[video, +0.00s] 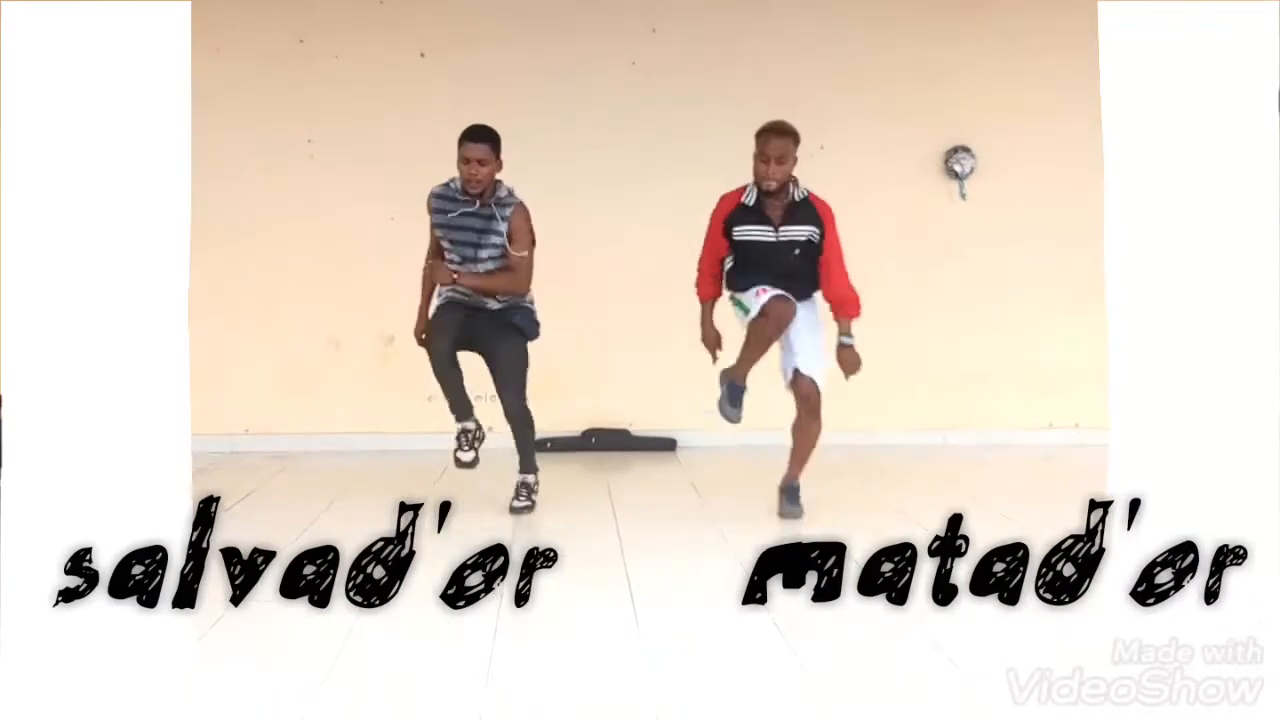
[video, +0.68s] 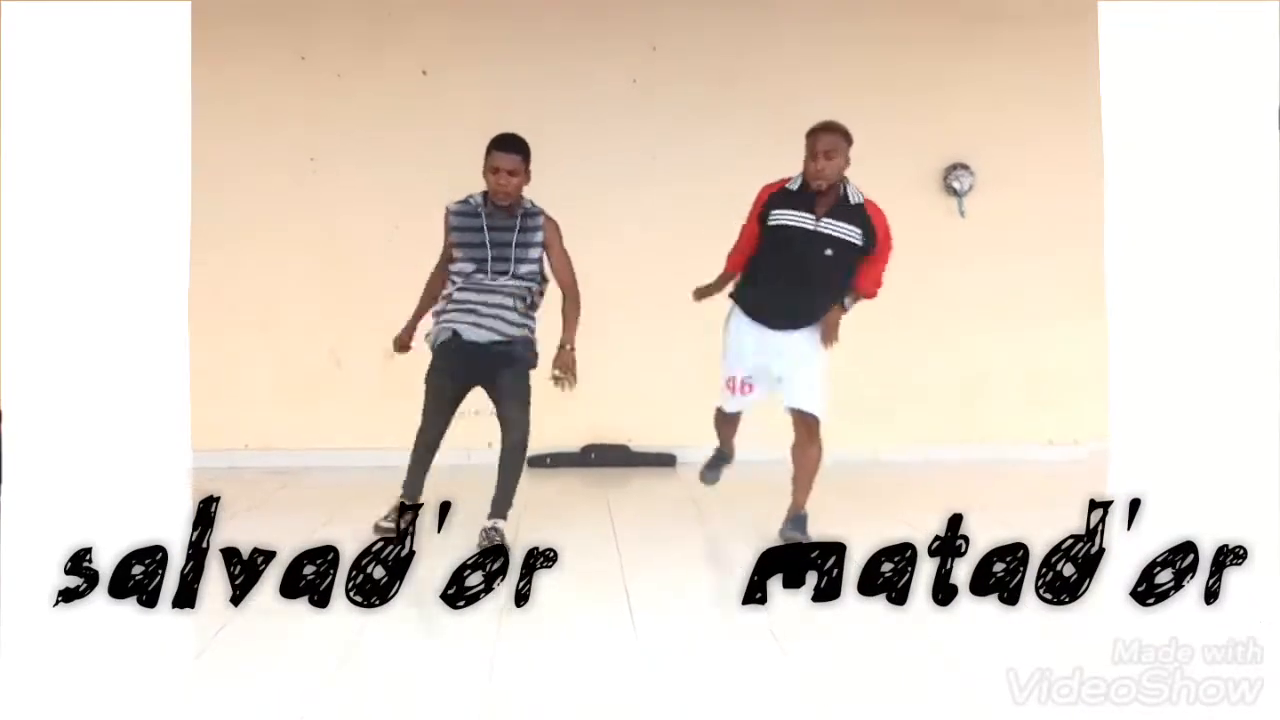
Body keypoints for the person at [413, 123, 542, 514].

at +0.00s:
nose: (473, 170)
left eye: (482, 163)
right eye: (467, 162)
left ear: (498, 165)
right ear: (458, 162)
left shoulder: (514, 211)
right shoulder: (440, 200)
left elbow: (521, 283)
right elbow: (434, 255)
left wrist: (461, 278)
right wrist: (423, 312)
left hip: (503, 311)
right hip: (457, 304)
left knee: (512, 400)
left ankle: (528, 474)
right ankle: (467, 424)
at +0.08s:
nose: (469, 169)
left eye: (478, 161)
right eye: (462, 160)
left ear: (493, 161)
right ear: (451, 158)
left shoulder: (510, 206)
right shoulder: (433, 199)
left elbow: (546, 266)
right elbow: (431, 249)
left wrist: (505, 297)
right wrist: (427, 305)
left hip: (503, 307)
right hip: (456, 303)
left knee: (516, 384)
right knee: (430, 347)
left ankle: (530, 468)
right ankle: (460, 424)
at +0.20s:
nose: (469, 169)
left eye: (478, 161)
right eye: (462, 160)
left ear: (493, 163)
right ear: (451, 159)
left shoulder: (512, 205)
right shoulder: (430, 202)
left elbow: (569, 245)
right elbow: (422, 252)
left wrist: (579, 300)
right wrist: (404, 308)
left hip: (504, 319)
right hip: (453, 324)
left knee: (519, 395)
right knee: (451, 405)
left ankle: (536, 482)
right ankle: (454, 486)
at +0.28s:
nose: (474, 171)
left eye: (483, 164)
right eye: (467, 162)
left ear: (496, 164)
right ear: (454, 161)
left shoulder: (513, 203)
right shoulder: (430, 206)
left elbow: (574, 226)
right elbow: (411, 252)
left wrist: (592, 275)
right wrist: (389, 304)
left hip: (504, 326)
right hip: (454, 333)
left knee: (518, 398)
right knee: (458, 410)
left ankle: (529, 482)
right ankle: (458, 487)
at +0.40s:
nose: (482, 158)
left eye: (492, 151)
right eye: (475, 149)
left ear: (505, 153)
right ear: (464, 147)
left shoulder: (520, 198)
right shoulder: (440, 190)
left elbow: (544, 262)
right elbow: (430, 247)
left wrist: (497, 295)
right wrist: (420, 307)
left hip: (503, 309)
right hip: (454, 310)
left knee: (507, 392)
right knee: (446, 383)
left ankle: (495, 493)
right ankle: (503, 432)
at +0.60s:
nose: (500, 173)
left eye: (510, 165)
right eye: (493, 163)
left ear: (522, 169)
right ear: (480, 163)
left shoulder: (536, 215)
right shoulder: (454, 204)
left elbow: (554, 280)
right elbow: (443, 256)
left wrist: (497, 305)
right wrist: (428, 315)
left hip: (506, 328)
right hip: (453, 322)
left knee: (506, 421)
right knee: (435, 413)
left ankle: (496, 515)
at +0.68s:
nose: (503, 180)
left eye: (513, 173)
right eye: (495, 171)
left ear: (527, 175)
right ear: (484, 171)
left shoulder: (542, 225)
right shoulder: (458, 216)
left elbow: (570, 289)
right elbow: (443, 270)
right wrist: (412, 324)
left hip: (510, 346)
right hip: (456, 339)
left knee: (516, 434)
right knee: (432, 426)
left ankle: (496, 523)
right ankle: (408, 503)